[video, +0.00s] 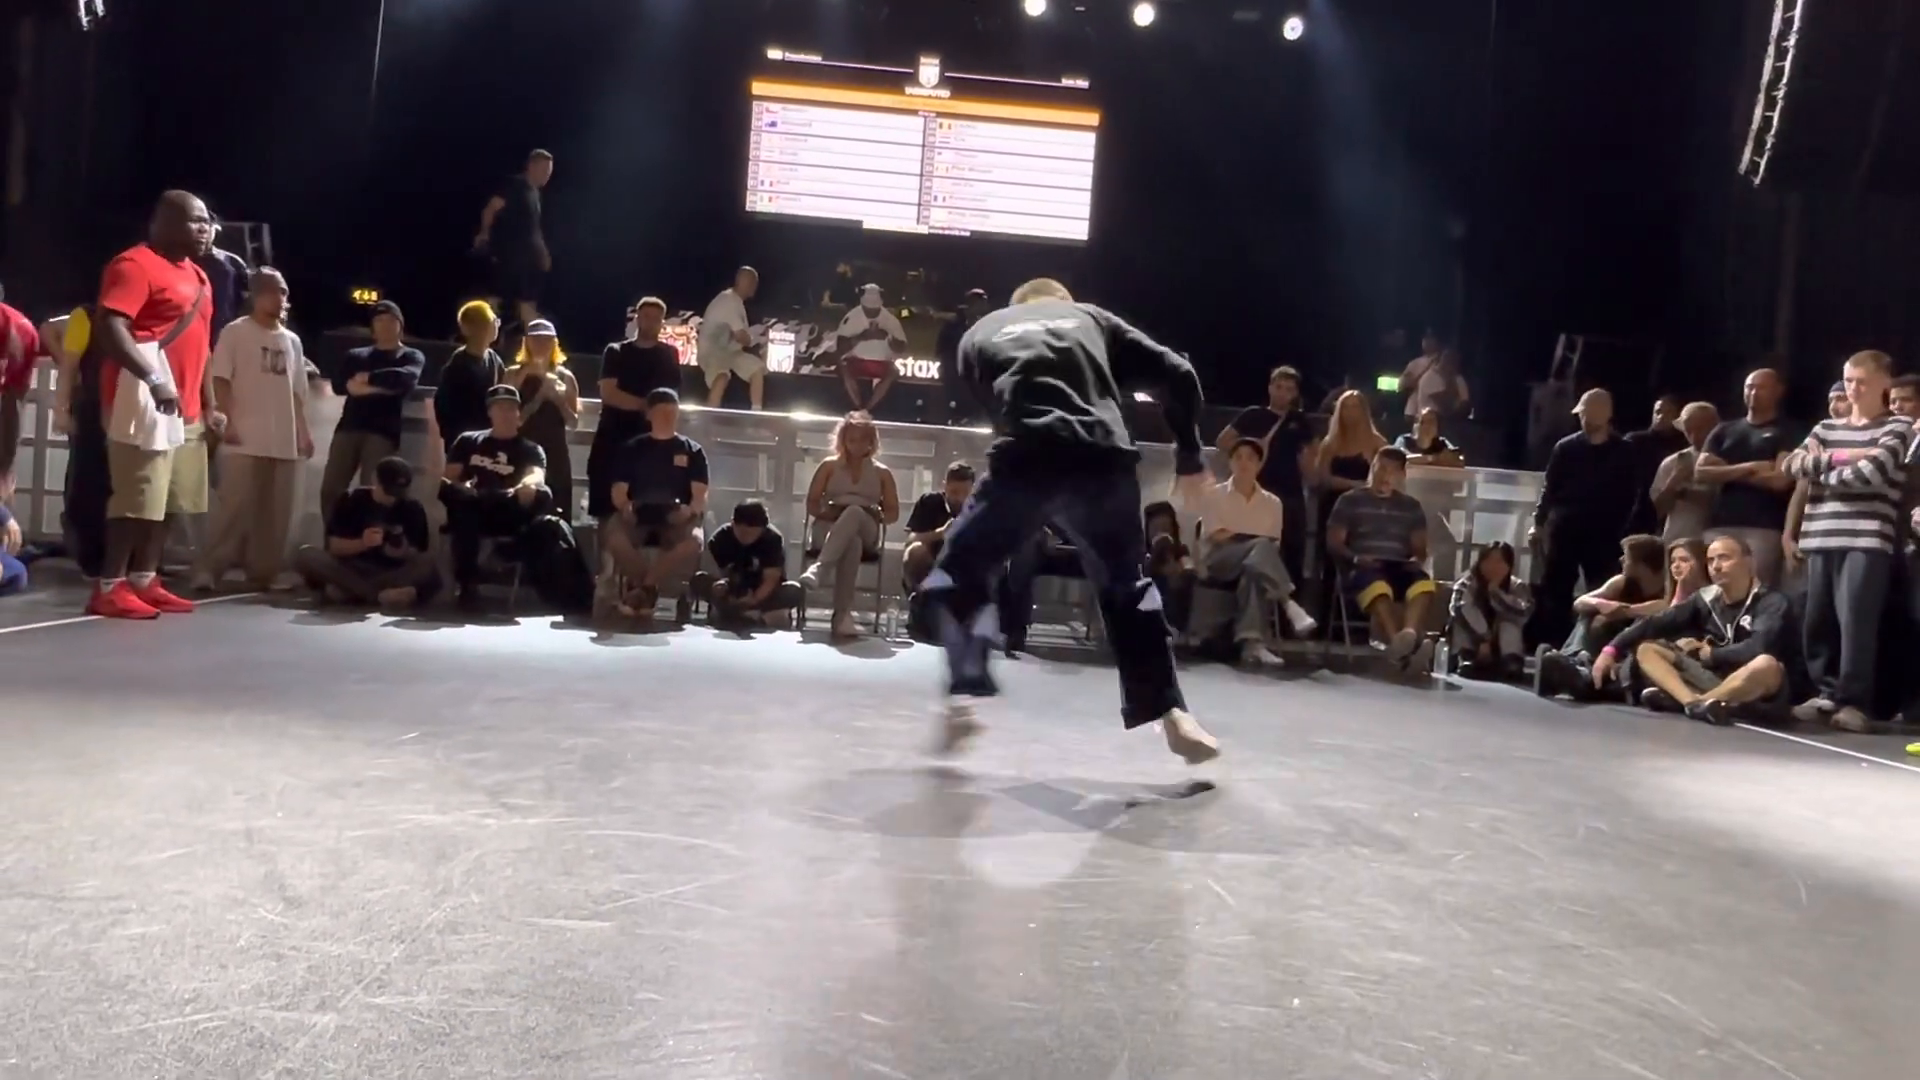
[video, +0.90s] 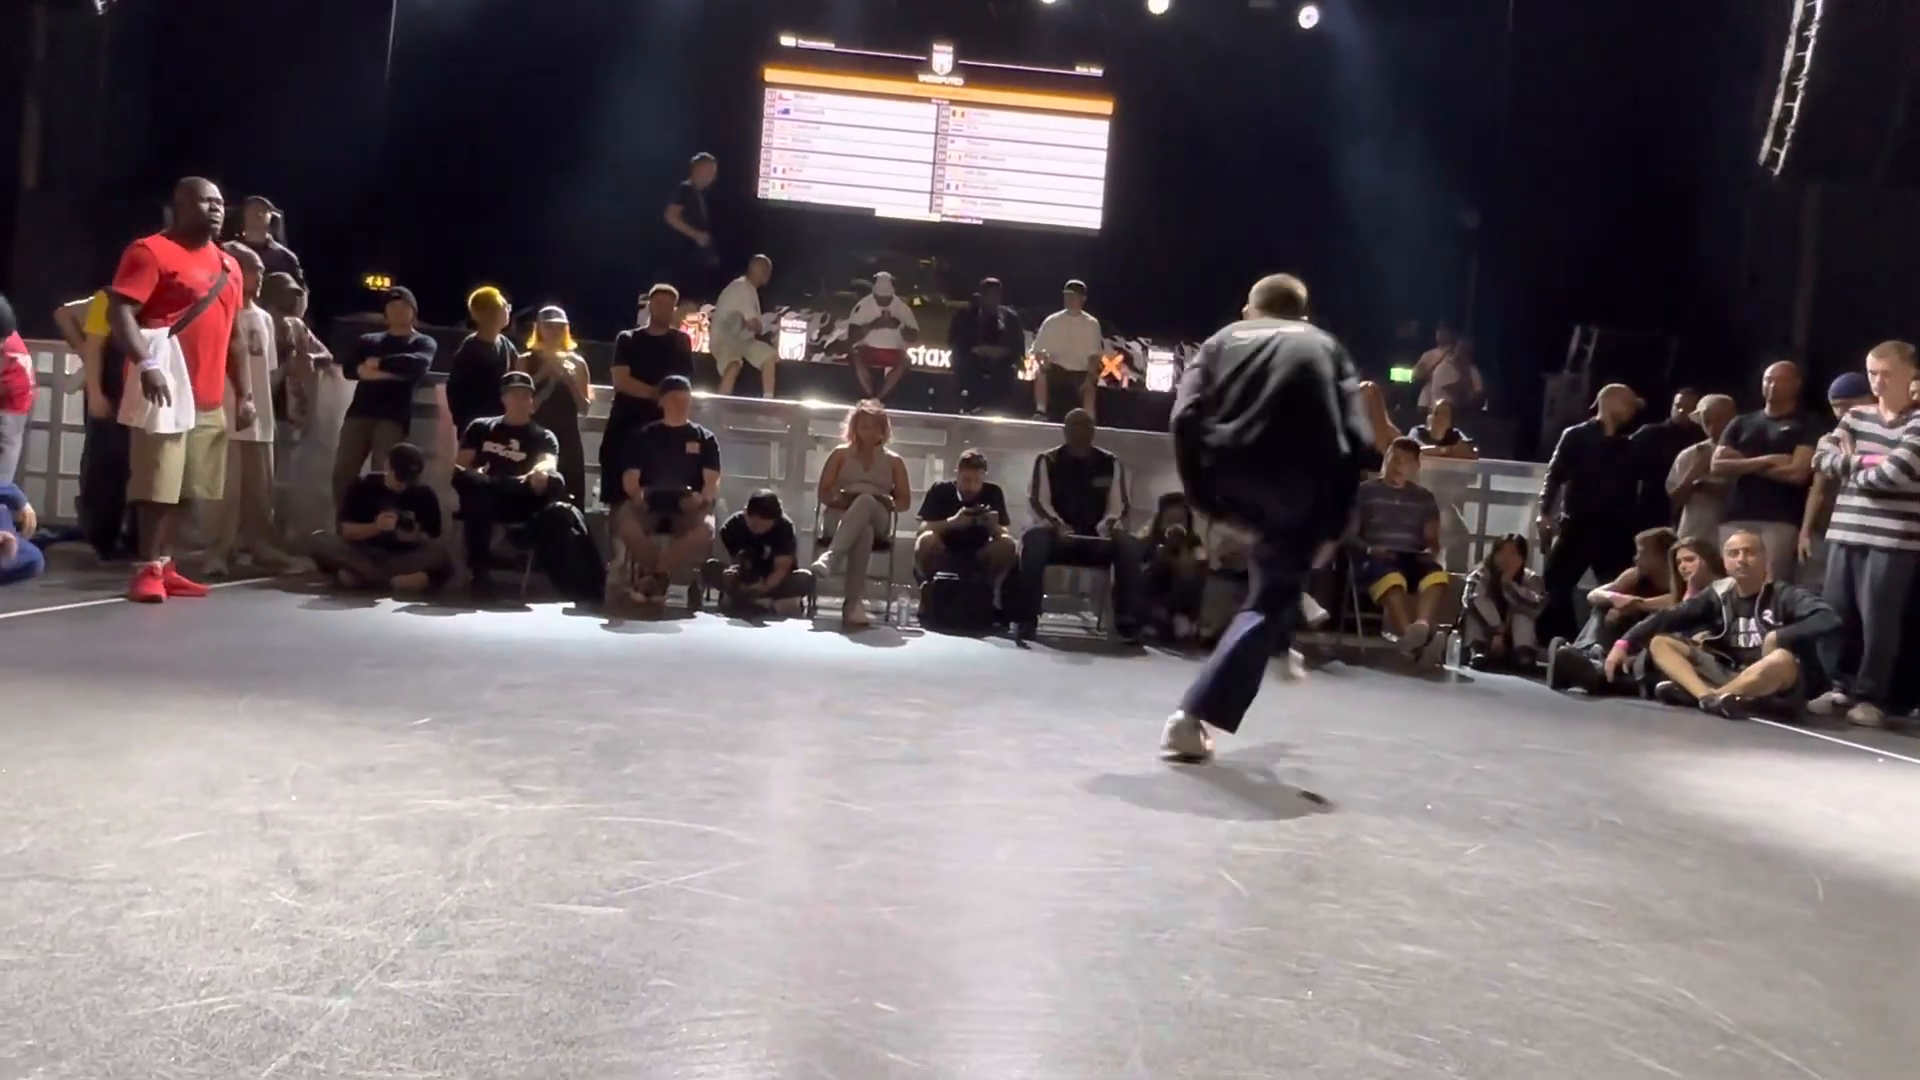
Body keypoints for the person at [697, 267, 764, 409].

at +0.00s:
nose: (754, 288)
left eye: (755, 284)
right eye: (752, 283)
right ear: (742, 282)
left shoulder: (737, 302)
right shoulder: (728, 300)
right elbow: (741, 336)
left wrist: (756, 332)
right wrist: (755, 338)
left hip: (732, 351)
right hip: (712, 351)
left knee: (757, 370)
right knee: (722, 376)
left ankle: (756, 413)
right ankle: (709, 417)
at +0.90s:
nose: (767, 276)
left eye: (768, 272)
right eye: (765, 271)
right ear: (755, 270)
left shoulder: (751, 290)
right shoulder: (741, 287)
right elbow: (752, 323)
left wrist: (771, 320)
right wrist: (764, 324)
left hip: (744, 339)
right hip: (724, 338)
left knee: (769, 358)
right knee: (733, 365)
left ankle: (768, 401)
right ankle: (720, 404)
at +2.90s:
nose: (770, 270)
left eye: (771, 266)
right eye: (768, 265)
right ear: (760, 264)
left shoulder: (753, 282)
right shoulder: (749, 282)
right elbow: (758, 318)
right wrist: (767, 321)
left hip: (749, 333)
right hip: (729, 333)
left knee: (774, 353)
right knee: (738, 360)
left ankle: (772, 396)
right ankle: (725, 398)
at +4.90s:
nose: (760, 278)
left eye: (760, 273)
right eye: (758, 273)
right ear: (748, 273)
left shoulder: (743, 293)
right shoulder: (732, 291)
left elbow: (748, 322)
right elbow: (743, 326)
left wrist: (765, 320)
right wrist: (758, 328)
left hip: (739, 343)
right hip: (718, 343)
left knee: (764, 361)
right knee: (726, 368)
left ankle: (763, 405)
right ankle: (715, 408)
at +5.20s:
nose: (753, 280)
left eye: (753, 276)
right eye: (750, 276)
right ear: (738, 276)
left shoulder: (739, 299)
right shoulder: (719, 292)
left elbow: (744, 326)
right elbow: (727, 325)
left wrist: (760, 323)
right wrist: (749, 333)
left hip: (732, 346)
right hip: (711, 346)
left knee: (758, 364)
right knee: (720, 372)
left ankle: (757, 409)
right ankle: (710, 412)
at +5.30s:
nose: (739, 281)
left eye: (742, 278)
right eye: (736, 276)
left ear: (745, 281)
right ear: (728, 275)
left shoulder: (737, 303)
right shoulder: (710, 293)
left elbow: (744, 334)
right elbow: (700, 322)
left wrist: (729, 328)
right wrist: (723, 326)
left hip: (729, 347)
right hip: (706, 345)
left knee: (755, 366)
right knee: (716, 372)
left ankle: (754, 410)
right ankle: (706, 412)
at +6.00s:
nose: (717, 282)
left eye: (720, 278)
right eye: (713, 277)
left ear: (723, 282)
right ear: (704, 278)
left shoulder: (725, 305)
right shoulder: (691, 299)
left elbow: (732, 336)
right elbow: (689, 332)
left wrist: (712, 330)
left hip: (720, 350)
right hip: (697, 350)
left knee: (748, 371)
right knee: (703, 379)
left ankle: (751, 416)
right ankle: (696, 420)